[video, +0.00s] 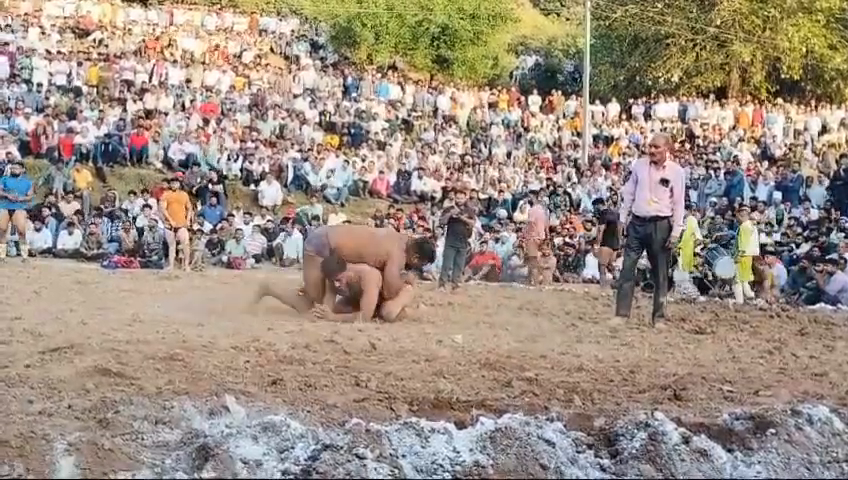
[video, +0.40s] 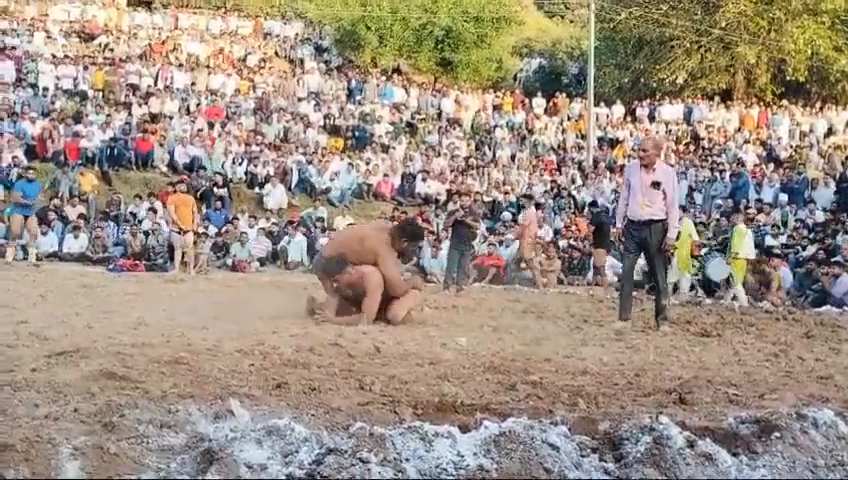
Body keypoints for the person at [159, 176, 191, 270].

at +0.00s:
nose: (174, 185)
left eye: (176, 182)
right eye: (172, 183)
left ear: (179, 184)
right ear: (169, 184)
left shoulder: (184, 195)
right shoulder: (165, 195)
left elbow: (189, 208)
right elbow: (163, 209)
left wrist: (188, 220)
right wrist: (170, 220)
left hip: (182, 224)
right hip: (169, 224)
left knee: (186, 244)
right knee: (171, 245)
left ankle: (186, 265)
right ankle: (170, 265)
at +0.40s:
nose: (183, 187)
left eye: (184, 185)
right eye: (180, 185)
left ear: (186, 186)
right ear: (176, 186)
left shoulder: (191, 198)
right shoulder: (172, 198)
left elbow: (195, 213)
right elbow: (172, 213)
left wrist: (195, 225)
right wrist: (180, 225)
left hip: (188, 228)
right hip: (176, 228)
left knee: (190, 249)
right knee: (177, 249)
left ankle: (191, 269)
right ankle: (176, 268)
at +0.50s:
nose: (191, 190)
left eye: (192, 188)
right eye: (188, 188)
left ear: (194, 189)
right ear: (184, 190)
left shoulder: (199, 202)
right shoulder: (180, 202)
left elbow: (203, 216)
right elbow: (179, 217)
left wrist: (202, 228)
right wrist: (188, 228)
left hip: (196, 231)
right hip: (184, 231)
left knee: (197, 252)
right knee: (185, 252)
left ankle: (199, 271)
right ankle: (185, 271)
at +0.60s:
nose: (204, 196)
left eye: (205, 194)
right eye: (201, 194)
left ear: (208, 195)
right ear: (198, 195)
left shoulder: (211, 207)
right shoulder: (193, 207)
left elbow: (215, 221)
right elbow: (192, 222)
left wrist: (215, 233)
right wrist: (200, 233)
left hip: (209, 236)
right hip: (197, 236)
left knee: (210, 257)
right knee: (198, 256)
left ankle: (212, 276)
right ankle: (198, 276)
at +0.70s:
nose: (218, 202)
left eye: (219, 199)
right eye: (215, 199)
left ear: (221, 201)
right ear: (211, 201)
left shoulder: (225, 213)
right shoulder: (207, 212)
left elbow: (229, 227)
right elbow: (206, 227)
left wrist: (229, 238)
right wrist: (214, 238)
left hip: (223, 241)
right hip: (211, 241)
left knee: (224, 262)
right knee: (212, 262)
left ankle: (226, 282)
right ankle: (212, 281)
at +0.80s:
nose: (231, 206)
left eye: (232, 204)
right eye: (229, 204)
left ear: (234, 205)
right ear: (224, 206)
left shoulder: (237, 217)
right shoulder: (219, 217)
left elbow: (241, 230)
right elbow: (218, 233)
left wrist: (240, 242)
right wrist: (227, 243)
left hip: (235, 246)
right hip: (223, 246)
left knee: (236, 268)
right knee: (224, 268)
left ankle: (238, 287)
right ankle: (224, 287)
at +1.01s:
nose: (223, 212)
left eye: (224, 210)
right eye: (221, 210)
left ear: (226, 212)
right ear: (216, 212)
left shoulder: (229, 223)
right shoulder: (210, 224)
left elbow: (232, 236)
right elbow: (208, 239)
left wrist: (232, 247)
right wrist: (217, 249)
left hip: (227, 252)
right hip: (214, 252)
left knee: (228, 273)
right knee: (216, 274)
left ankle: (230, 294)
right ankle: (216, 293)